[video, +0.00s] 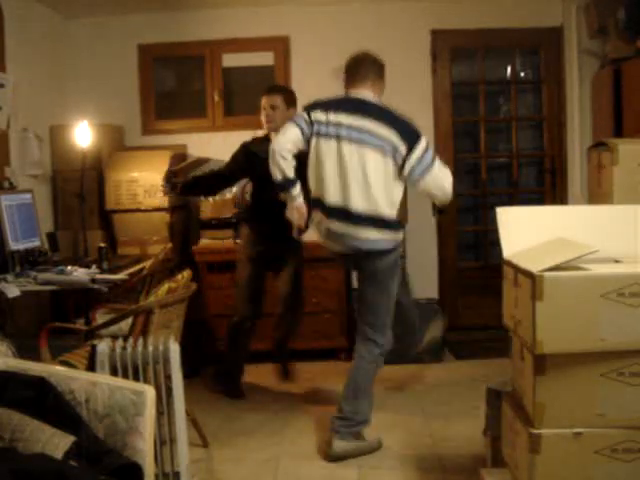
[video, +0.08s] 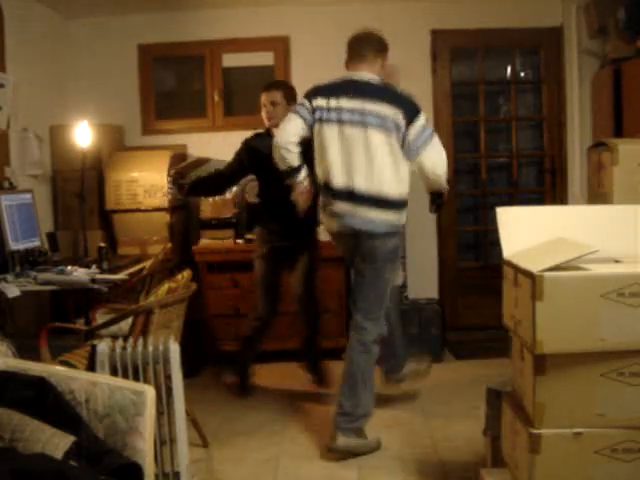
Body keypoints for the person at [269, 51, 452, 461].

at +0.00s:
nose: (378, 92)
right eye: (380, 86)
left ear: (345, 83)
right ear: (381, 85)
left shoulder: (317, 113)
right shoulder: (399, 129)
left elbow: (281, 145)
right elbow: (443, 189)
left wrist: (293, 197)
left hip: (332, 234)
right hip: (378, 243)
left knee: (391, 268)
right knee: (373, 340)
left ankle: (413, 335)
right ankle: (347, 433)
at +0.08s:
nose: (384, 69)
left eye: (378, 63)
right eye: (385, 63)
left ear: (346, 62)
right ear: (383, 63)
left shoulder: (318, 97)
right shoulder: (399, 104)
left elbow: (283, 141)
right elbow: (437, 168)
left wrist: (299, 180)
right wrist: (438, 186)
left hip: (338, 220)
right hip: (381, 225)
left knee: (381, 288)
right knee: (366, 324)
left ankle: (395, 363)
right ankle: (349, 430)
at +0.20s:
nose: (389, 68)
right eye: (391, 62)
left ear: (353, 59)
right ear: (390, 60)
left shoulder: (326, 97)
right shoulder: (408, 96)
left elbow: (308, 161)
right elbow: (432, 157)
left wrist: (340, 155)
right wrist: (420, 170)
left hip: (338, 221)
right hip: (382, 221)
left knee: (360, 312)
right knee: (392, 315)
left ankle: (367, 413)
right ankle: (328, 372)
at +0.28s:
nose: (392, 77)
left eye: (387, 72)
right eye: (393, 71)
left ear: (356, 68)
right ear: (392, 68)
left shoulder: (327, 105)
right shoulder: (411, 103)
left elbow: (312, 170)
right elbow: (431, 162)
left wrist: (347, 160)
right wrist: (426, 184)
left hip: (339, 227)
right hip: (382, 227)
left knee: (356, 319)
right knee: (398, 317)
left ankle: (365, 419)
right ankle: (330, 346)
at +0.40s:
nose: (407, 101)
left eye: (408, 95)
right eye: (406, 95)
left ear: (371, 88)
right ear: (392, 87)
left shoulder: (336, 126)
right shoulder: (407, 118)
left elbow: (332, 183)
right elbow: (421, 170)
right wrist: (431, 200)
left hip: (343, 234)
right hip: (387, 234)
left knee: (378, 321)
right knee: (428, 319)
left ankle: (367, 418)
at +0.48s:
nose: (412, 82)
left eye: (413, 76)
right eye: (410, 75)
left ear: (377, 69)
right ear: (390, 67)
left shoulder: (358, 105)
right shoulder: (394, 96)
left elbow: (376, 160)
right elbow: (397, 152)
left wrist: (423, 137)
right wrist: (422, 186)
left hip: (355, 220)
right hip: (383, 216)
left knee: (380, 315)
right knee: (462, 281)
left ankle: (370, 419)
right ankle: (374, 323)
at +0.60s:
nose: (416, 75)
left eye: (420, 68)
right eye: (411, 65)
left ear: (411, 67)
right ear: (386, 59)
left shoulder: (397, 107)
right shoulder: (375, 87)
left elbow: (433, 139)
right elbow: (366, 142)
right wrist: (412, 175)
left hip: (393, 201)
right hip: (377, 199)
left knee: (403, 305)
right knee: (461, 253)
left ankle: (385, 413)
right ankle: (392, 319)